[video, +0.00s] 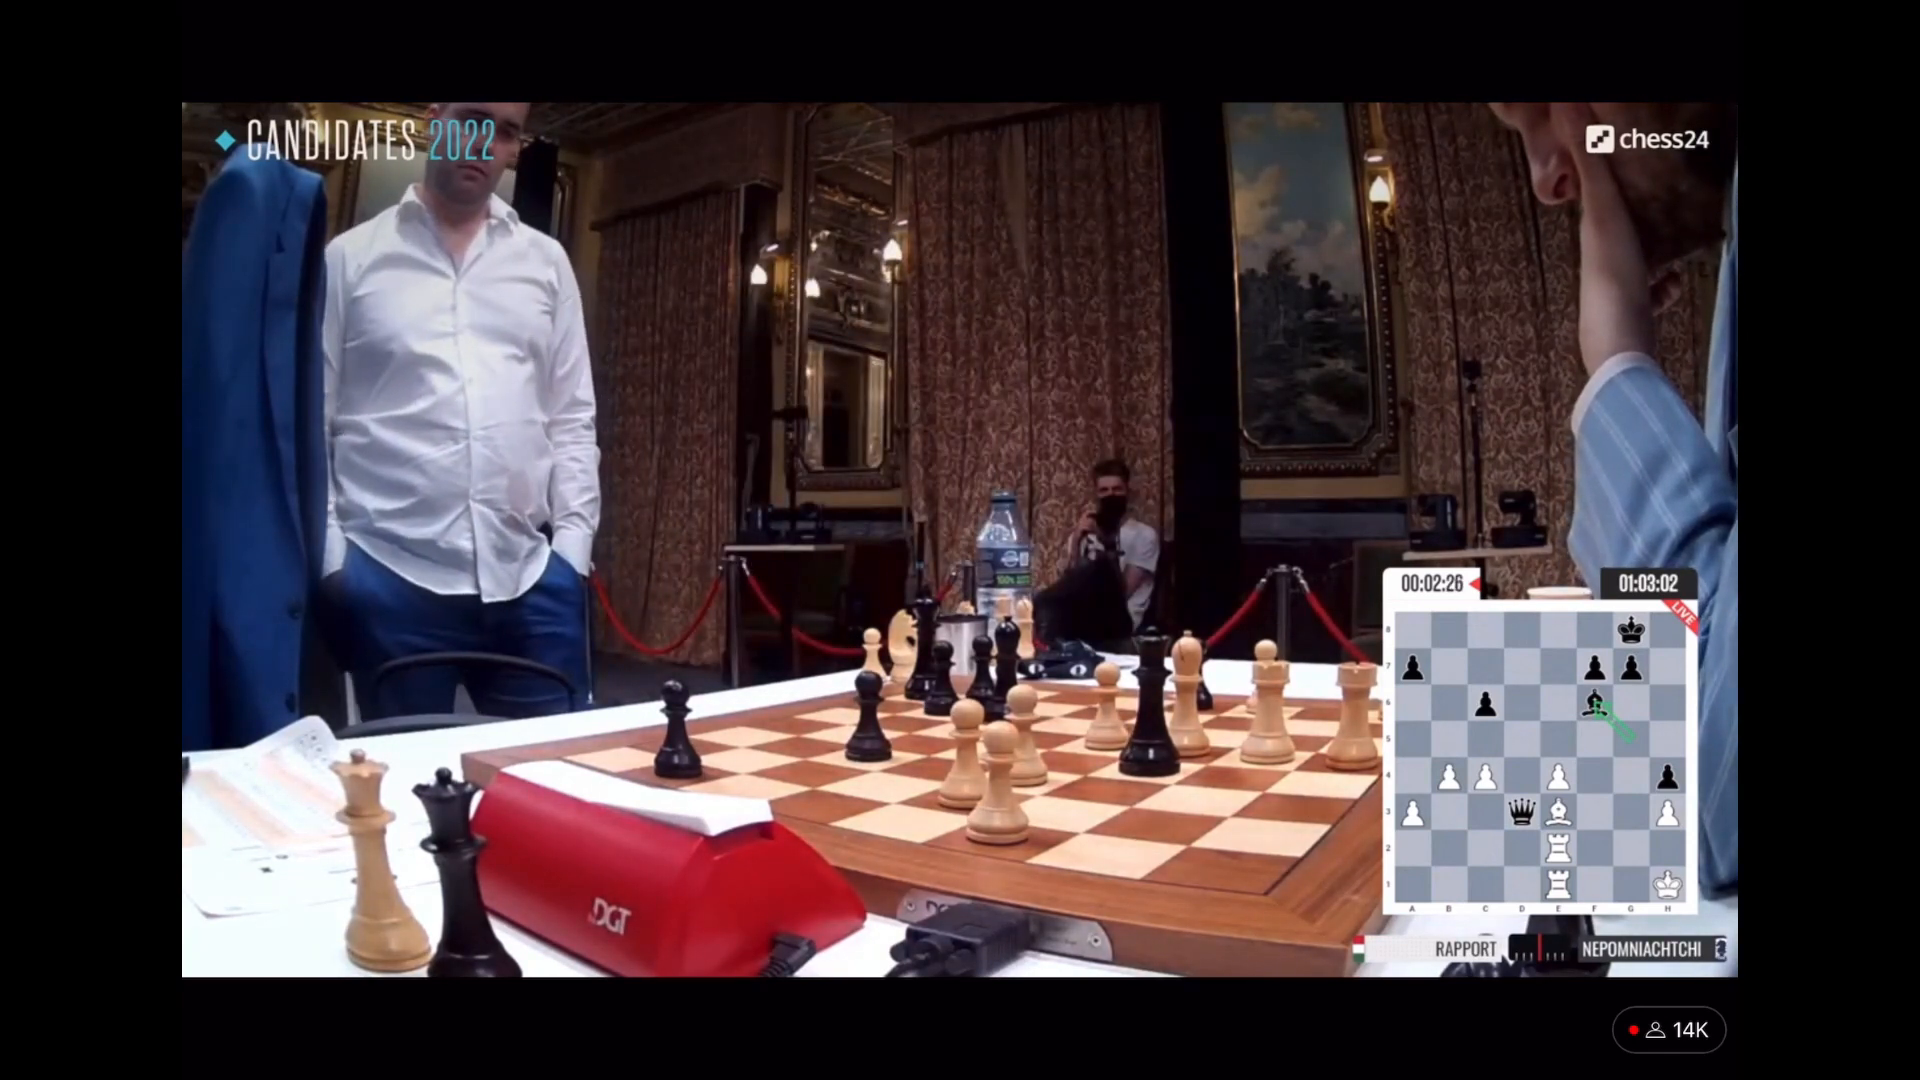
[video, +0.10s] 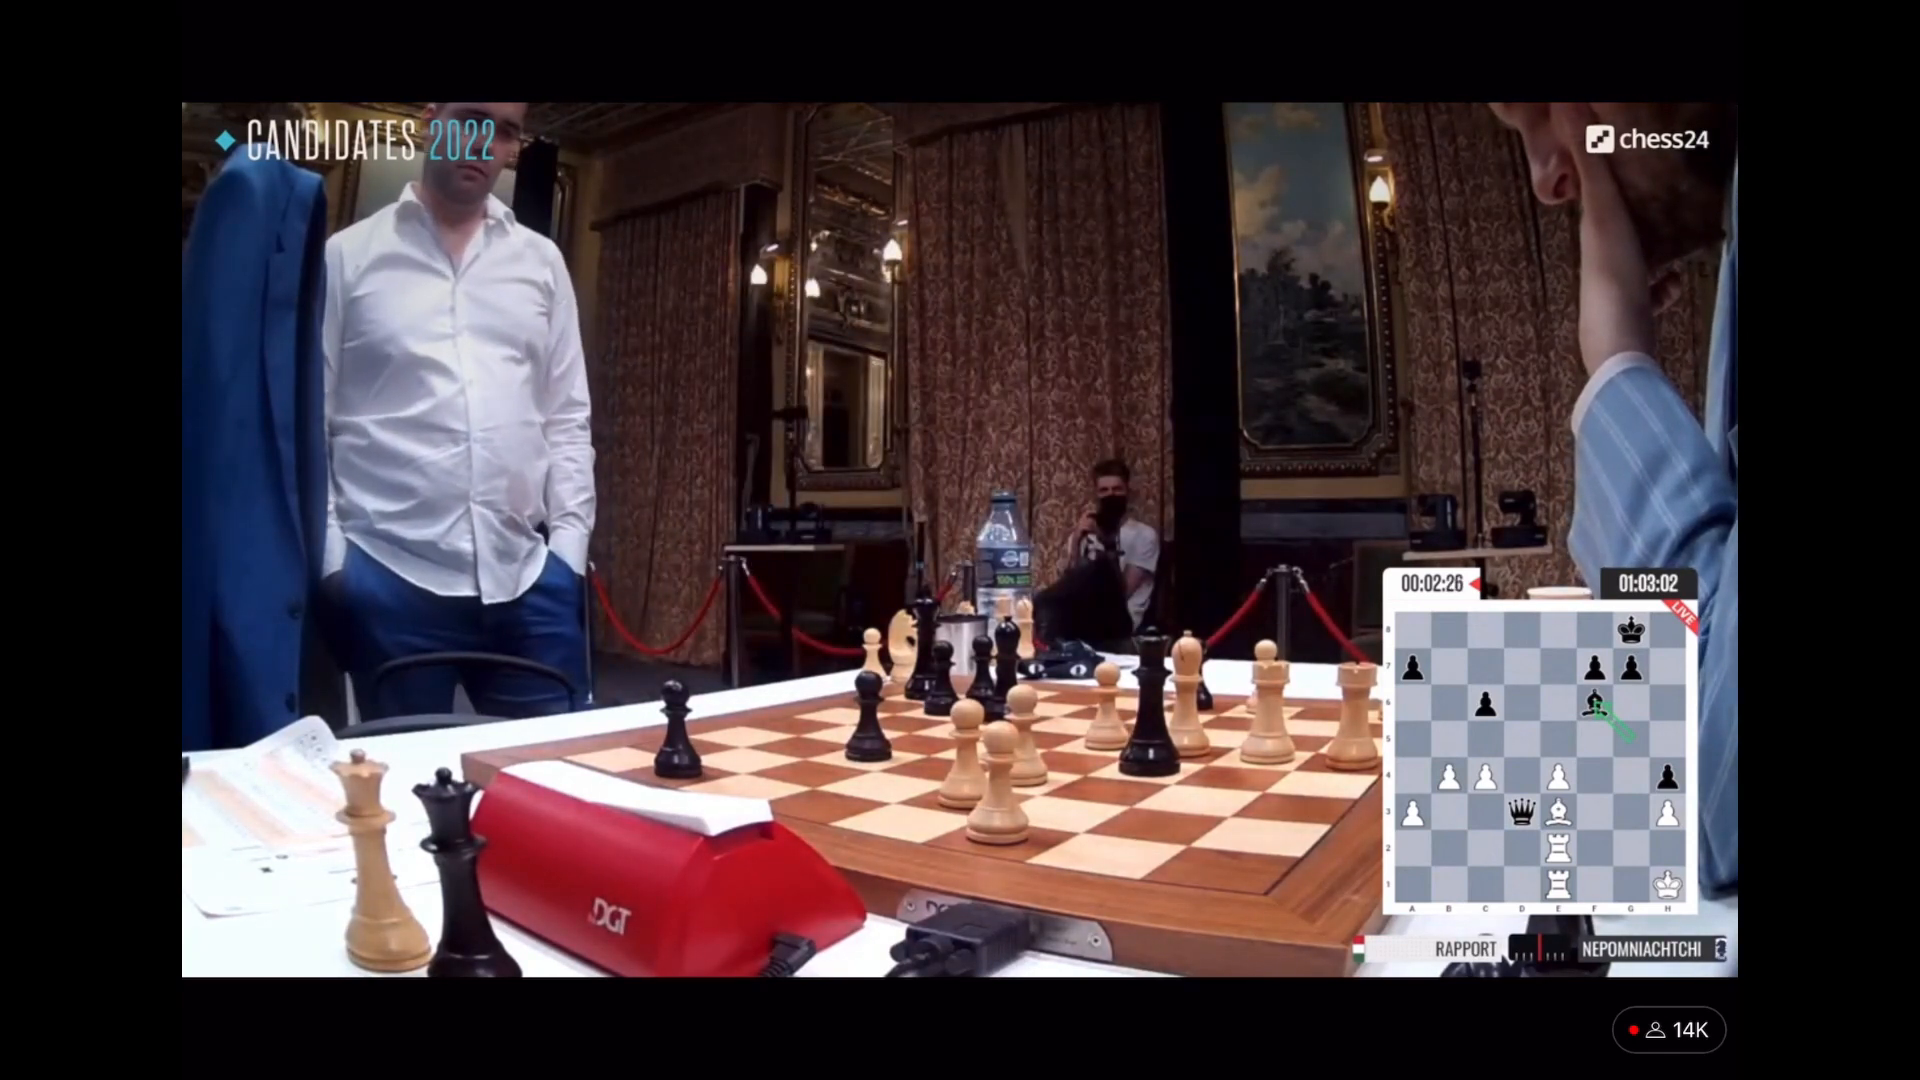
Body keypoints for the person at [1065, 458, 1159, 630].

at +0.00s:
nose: (1110, 495)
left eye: (1117, 489)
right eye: (1103, 490)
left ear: (1127, 491)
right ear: (1095, 493)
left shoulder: (1145, 536)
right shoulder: (1082, 537)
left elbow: (1125, 590)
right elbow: (1071, 584)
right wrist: (1076, 539)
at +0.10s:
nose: (1110, 495)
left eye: (1117, 489)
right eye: (1103, 490)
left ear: (1127, 491)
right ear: (1095, 494)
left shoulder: (1145, 536)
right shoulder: (1082, 537)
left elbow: (1125, 591)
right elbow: (1071, 584)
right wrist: (1076, 539)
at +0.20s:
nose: (1110, 495)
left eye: (1117, 489)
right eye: (1103, 490)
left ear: (1127, 491)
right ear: (1095, 494)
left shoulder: (1145, 536)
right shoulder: (1082, 537)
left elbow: (1125, 591)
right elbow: (1071, 584)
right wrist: (1076, 539)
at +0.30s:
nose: (1110, 495)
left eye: (1117, 489)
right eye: (1103, 490)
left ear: (1127, 491)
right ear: (1095, 494)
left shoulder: (1145, 536)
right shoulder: (1082, 537)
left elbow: (1125, 591)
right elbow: (1071, 584)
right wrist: (1076, 539)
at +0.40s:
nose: (1110, 495)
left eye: (1117, 489)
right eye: (1103, 490)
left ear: (1127, 491)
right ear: (1096, 494)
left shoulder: (1145, 536)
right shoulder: (1082, 537)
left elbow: (1125, 591)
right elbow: (1072, 584)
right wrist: (1076, 539)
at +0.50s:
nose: (1110, 495)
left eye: (1117, 489)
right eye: (1104, 490)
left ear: (1127, 491)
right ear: (1095, 494)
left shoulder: (1145, 536)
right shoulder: (1082, 537)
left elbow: (1125, 590)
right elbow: (1071, 584)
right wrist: (1076, 539)